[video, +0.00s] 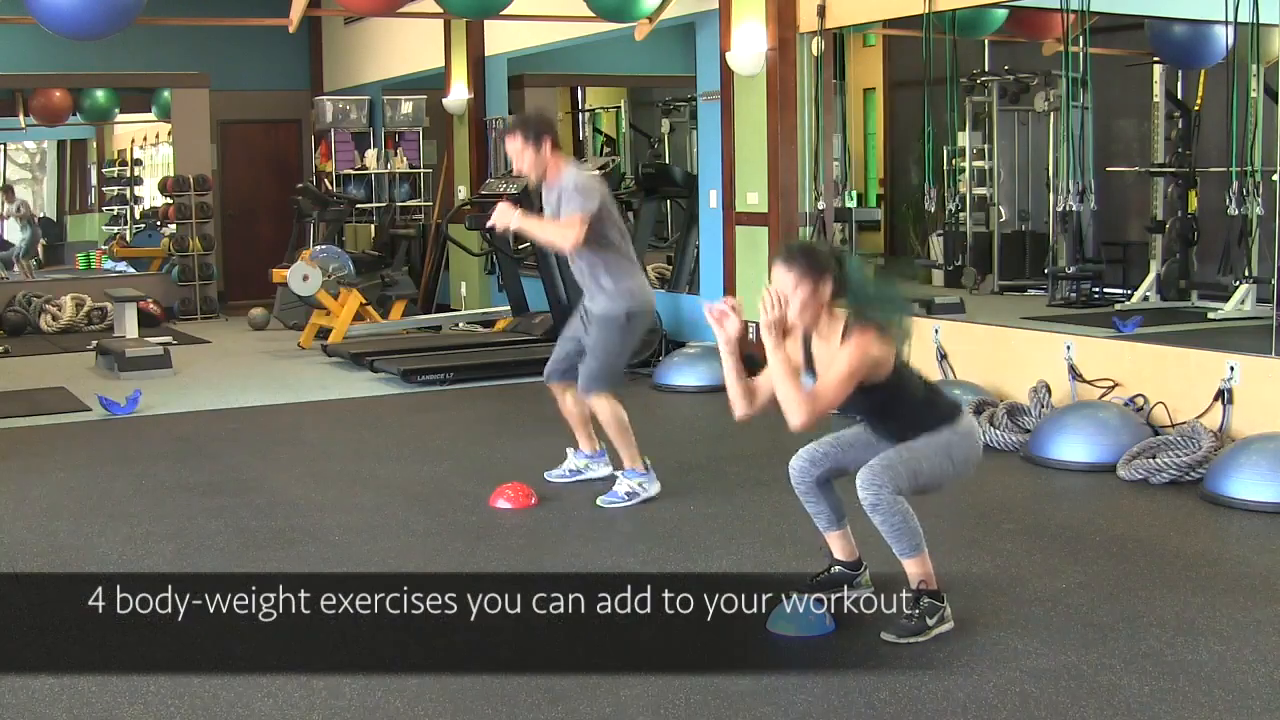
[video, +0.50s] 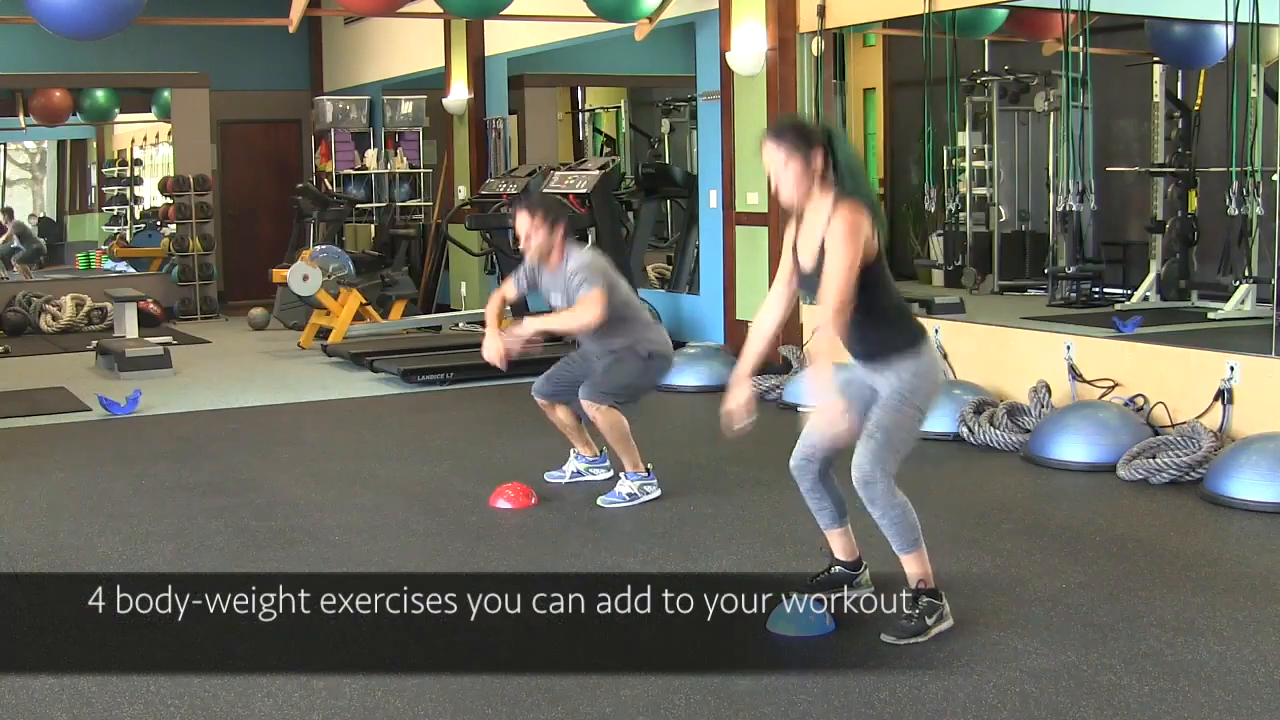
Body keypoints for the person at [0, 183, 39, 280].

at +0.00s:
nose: (4, 197)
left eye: (5, 194)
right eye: (3, 195)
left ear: (11, 193)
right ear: (4, 195)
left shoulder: (22, 203)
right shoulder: (9, 205)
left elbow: (26, 214)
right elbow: (7, 216)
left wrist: (14, 215)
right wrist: (3, 216)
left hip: (32, 232)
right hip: (24, 233)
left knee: (24, 256)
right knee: (16, 256)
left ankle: (32, 277)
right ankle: (26, 278)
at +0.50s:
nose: (1, 218)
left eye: (1, 216)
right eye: (1, 216)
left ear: (6, 216)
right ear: (8, 216)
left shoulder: (15, 225)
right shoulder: (14, 225)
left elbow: (4, 239)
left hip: (35, 247)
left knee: (18, 261)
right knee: (14, 260)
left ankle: (29, 279)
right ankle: (29, 279)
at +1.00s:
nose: (7, 192)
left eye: (7, 190)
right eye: (6, 190)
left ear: (10, 189)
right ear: (15, 187)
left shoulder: (21, 197)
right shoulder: (19, 198)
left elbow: (30, 206)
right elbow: (19, 212)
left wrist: (36, 219)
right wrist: (6, 214)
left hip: (26, 230)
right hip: (26, 230)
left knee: (10, 253)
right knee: (25, 257)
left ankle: (13, 276)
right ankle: (31, 277)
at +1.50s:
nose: (6, 213)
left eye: (8, 210)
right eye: (6, 211)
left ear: (14, 210)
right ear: (15, 210)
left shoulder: (20, 220)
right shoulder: (21, 219)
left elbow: (7, 231)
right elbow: (8, 231)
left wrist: (2, 218)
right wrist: (3, 219)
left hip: (41, 245)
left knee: (23, 261)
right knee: (25, 260)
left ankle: (36, 279)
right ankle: (36, 278)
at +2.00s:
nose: (7, 198)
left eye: (9, 195)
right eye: (7, 195)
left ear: (14, 195)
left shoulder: (21, 206)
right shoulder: (18, 207)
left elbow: (27, 214)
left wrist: (22, 227)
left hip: (35, 235)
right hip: (32, 235)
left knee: (23, 258)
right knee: (25, 258)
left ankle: (35, 279)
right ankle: (35, 278)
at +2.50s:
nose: (9, 185)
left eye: (11, 182)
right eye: (9, 182)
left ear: (17, 182)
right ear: (15, 182)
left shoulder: (21, 192)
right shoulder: (16, 194)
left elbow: (26, 205)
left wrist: (14, 215)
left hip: (26, 228)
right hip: (19, 228)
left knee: (23, 254)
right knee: (13, 251)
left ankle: (31, 277)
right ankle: (15, 274)